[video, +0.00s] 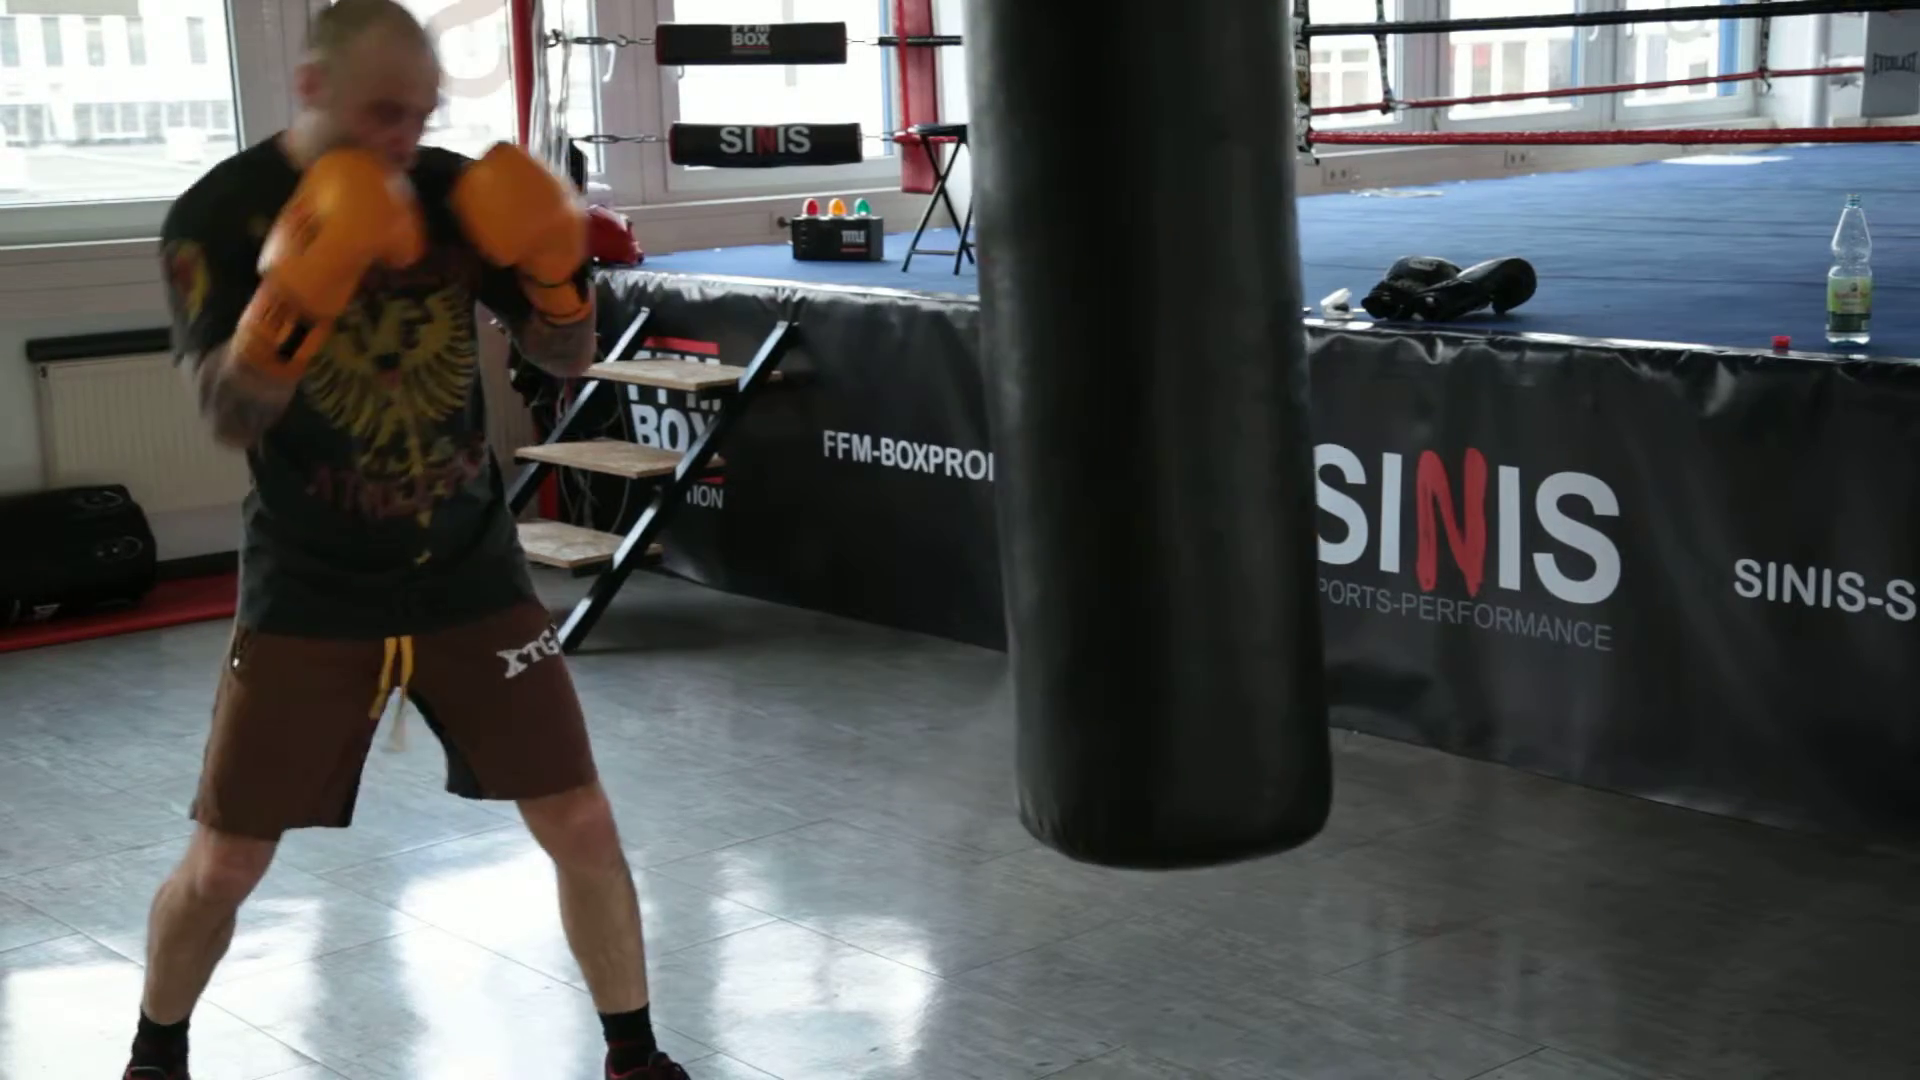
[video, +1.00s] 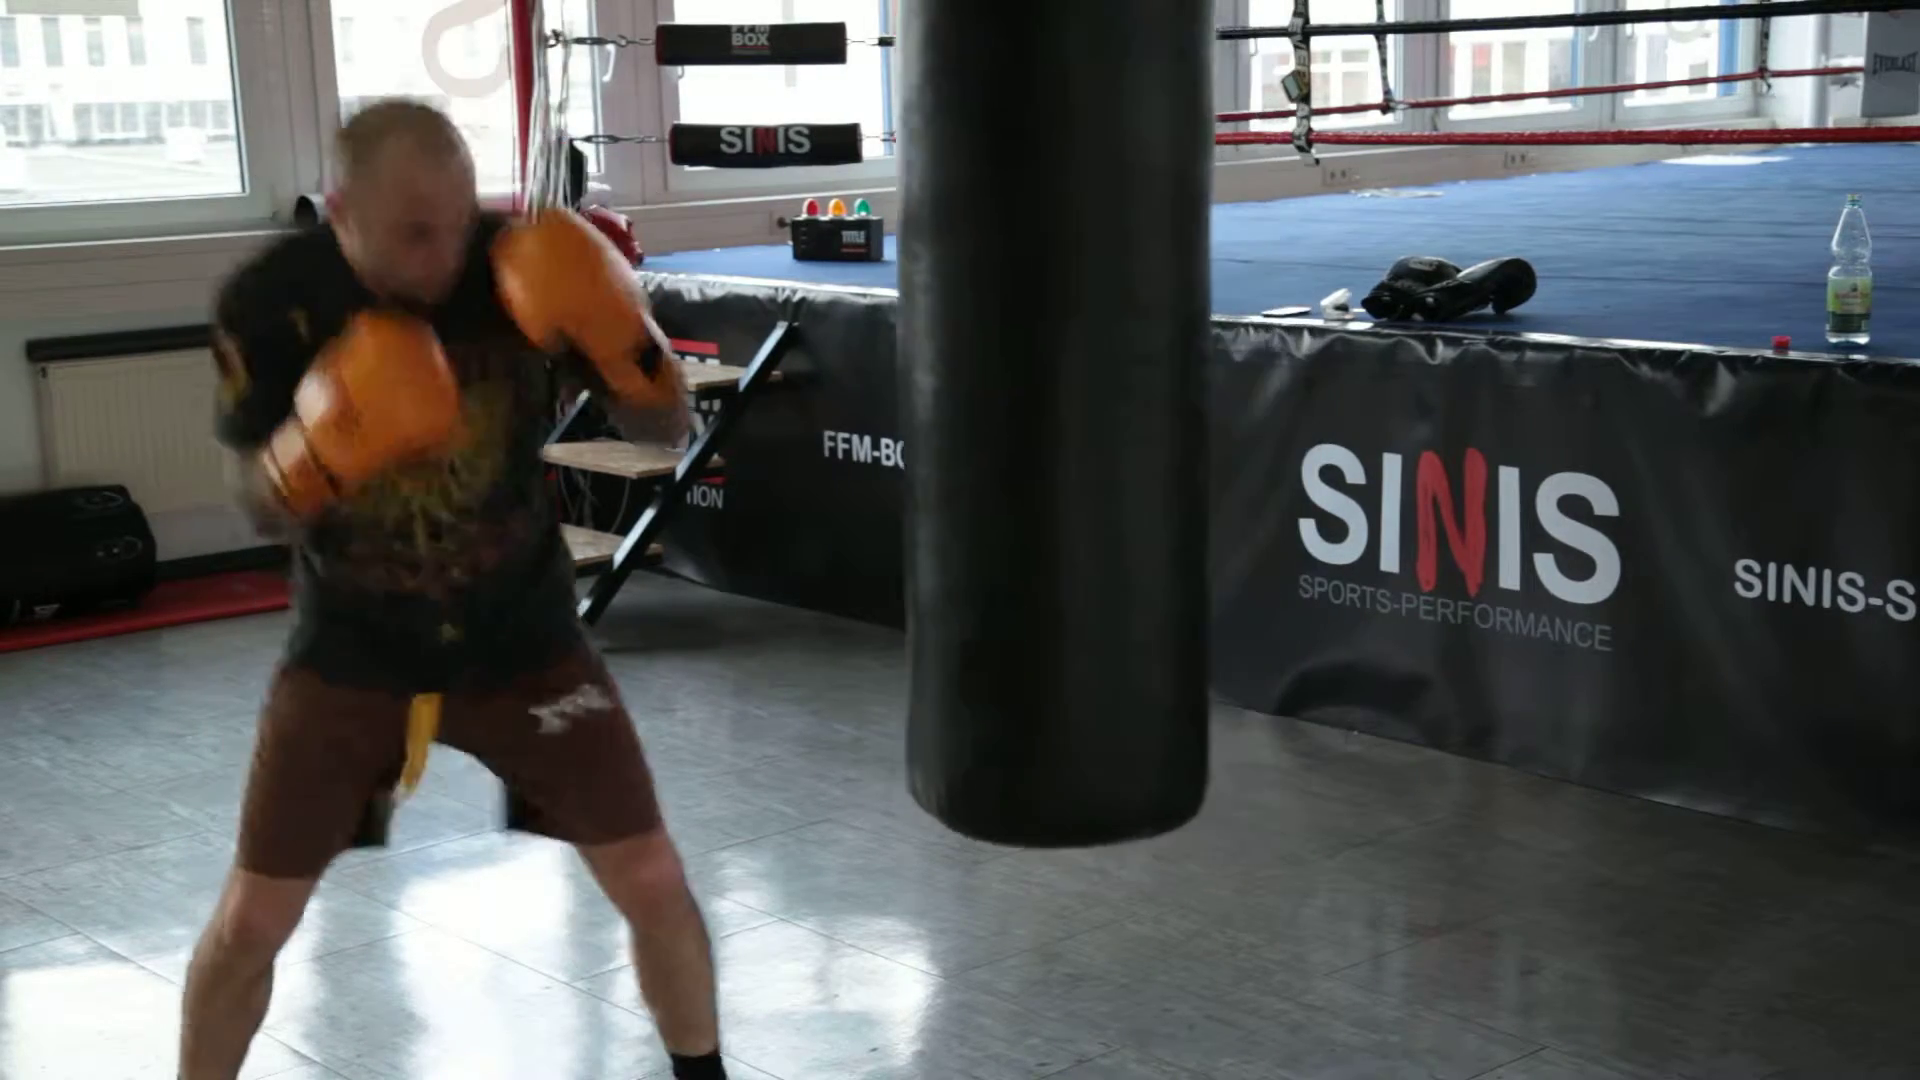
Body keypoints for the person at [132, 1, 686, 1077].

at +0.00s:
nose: (408, 139)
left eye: (423, 113)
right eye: (384, 112)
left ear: (439, 99)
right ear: (311, 88)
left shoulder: (457, 192)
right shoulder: (223, 216)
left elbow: (557, 372)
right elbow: (231, 418)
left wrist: (558, 279)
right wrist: (294, 294)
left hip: (469, 561)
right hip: (311, 574)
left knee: (583, 824)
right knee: (226, 865)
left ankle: (636, 1058)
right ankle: (156, 1058)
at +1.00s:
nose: (444, 256)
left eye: (460, 227)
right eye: (416, 234)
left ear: (479, 201)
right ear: (342, 213)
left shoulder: (523, 261)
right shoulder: (273, 301)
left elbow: (661, 428)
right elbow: (261, 498)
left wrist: (616, 328)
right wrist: (332, 437)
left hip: (525, 637)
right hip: (353, 646)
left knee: (654, 883)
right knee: (254, 921)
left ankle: (703, 1073)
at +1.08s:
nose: (495, 275)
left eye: (508, 247)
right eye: (468, 255)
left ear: (522, 221)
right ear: (390, 232)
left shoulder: (565, 298)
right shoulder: (313, 319)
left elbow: (670, 474)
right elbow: (286, 510)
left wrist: (659, 401)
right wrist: (335, 497)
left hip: (557, 658)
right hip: (381, 673)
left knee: (689, 886)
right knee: (272, 934)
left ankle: (711, 1073)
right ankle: (205, 1078)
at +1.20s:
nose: (630, 226)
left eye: (640, 198)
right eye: (607, 200)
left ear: (649, 178)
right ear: (534, 171)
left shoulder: (634, 272)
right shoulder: (414, 264)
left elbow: (681, 431)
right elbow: (329, 454)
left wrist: (704, 368)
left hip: (575, 607)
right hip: (424, 620)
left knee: (685, 848)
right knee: (324, 915)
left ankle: (711, 1074)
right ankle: (208, 1077)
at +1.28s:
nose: (681, 213)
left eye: (695, 189)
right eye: (660, 185)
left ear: (705, 175)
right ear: (580, 159)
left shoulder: (651, 257)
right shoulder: (489, 225)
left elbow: (701, 412)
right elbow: (466, 341)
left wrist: (749, 348)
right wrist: (659, 277)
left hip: (578, 589)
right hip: (441, 602)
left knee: (688, 839)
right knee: (334, 910)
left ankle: (710, 1075)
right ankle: (210, 1073)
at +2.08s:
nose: (661, 159)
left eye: (673, 132)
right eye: (638, 132)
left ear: (681, 119)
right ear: (551, 101)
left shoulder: (653, 225)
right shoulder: (423, 225)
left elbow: (756, 412)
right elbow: (436, 419)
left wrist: (791, 320)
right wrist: (583, 319)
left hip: (649, 632)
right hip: (479, 647)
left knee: (798, 905)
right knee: (384, 956)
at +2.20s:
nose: (751, 182)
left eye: (763, 155)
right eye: (729, 153)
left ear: (774, 141)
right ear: (647, 127)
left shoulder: (760, 253)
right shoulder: (518, 248)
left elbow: (823, 465)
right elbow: (460, 472)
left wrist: (844, 363)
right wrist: (579, 373)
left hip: (725, 658)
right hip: (552, 671)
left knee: (864, 919)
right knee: (421, 974)